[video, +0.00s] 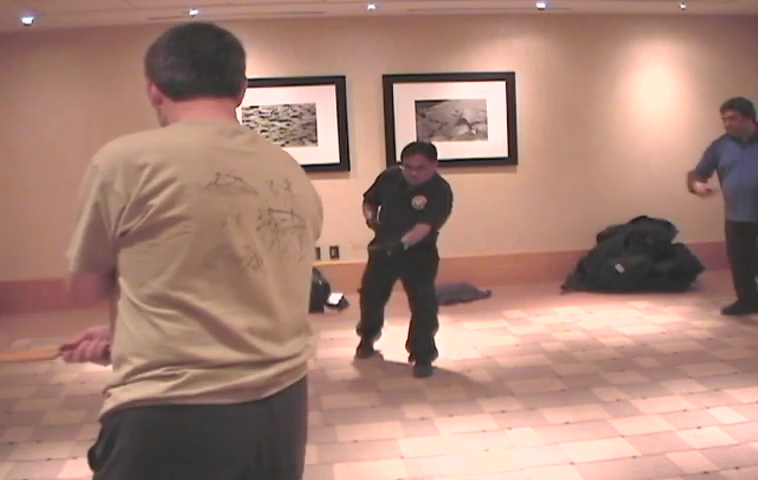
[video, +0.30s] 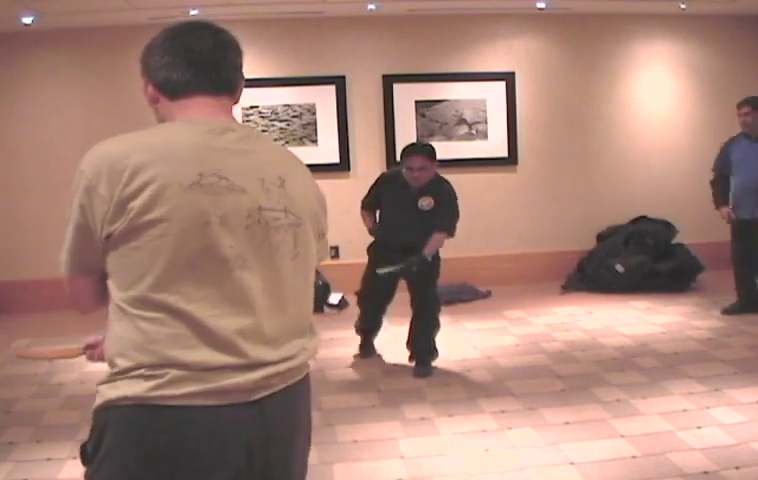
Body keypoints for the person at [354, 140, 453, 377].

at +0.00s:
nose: (413, 174)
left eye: (420, 168)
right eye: (408, 167)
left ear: (434, 166)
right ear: (401, 164)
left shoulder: (441, 191)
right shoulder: (389, 178)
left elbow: (426, 225)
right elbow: (369, 201)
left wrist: (400, 244)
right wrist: (371, 221)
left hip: (419, 251)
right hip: (384, 247)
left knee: (423, 304)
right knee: (370, 295)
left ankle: (423, 357)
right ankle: (367, 338)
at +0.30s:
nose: (415, 175)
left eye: (422, 169)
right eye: (410, 169)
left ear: (434, 167)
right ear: (402, 167)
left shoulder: (443, 191)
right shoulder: (388, 181)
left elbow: (442, 231)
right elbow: (367, 208)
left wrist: (423, 257)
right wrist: (375, 232)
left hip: (422, 252)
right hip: (386, 249)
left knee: (425, 306)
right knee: (371, 298)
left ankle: (423, 358)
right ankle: (366, 337)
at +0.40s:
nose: (416, 172)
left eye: (422, 166)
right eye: (409, 166)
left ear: (433, 165)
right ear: (401, 165)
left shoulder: (442, 190)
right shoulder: (386, 181)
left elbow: (445, 231)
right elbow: (364, 213)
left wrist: (432, 266)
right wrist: (370, 243)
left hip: (421, 251)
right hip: (384, 249)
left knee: (426, 305)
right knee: (370, 298)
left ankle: (423, 357)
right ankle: (371, 336)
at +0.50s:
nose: (410, 169)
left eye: (416, 163)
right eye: (405, 164)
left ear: (427, 163)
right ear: (396, 164)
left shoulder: (436, 188)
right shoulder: (382, 181)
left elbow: (445, 234)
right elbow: (359, 215)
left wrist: (444, 271)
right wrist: (359, 245)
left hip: (419, 251)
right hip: (382, 250)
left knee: (424, 305)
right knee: (370, 301)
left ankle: (423, 358)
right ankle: (373, 340)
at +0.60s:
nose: (406, 166)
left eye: (411, 161)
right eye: (399, 162)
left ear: (421, 162)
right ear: (390, 163)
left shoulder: (431, 186)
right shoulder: (377, 182)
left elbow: (447, 228)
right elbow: (354, 216)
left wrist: (455, 261)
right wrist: (349, 247)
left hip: (415, 251)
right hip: (379, 251)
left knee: (424, 304)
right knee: (371, 300)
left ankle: (423, 357)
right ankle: (374, 339)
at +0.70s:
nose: (398, 166)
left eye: (403, 161)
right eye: (392, 161)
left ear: (411, 161)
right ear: (382, 163)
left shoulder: (424, 187)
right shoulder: (368, 185)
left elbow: (447, 222)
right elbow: (347, 219)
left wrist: (460, 252)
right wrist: (342, 250)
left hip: (411, 252)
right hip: (374, 252)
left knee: (421, 305)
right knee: (373, 301)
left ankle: (422, 357)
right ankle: (376, 341)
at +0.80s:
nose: (389, 166)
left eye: (393, 161)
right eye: (383, 162)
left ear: (402, 161)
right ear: (372, 164)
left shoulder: (415, 186)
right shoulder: (360, 186)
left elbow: (442, 217)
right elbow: (341, 219)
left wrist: (459, 246)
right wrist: (336, 249)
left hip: (405, 251)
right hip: (369, 253)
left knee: (415, 304)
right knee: (371, 302)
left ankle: (422, 356)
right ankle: (377, 342)